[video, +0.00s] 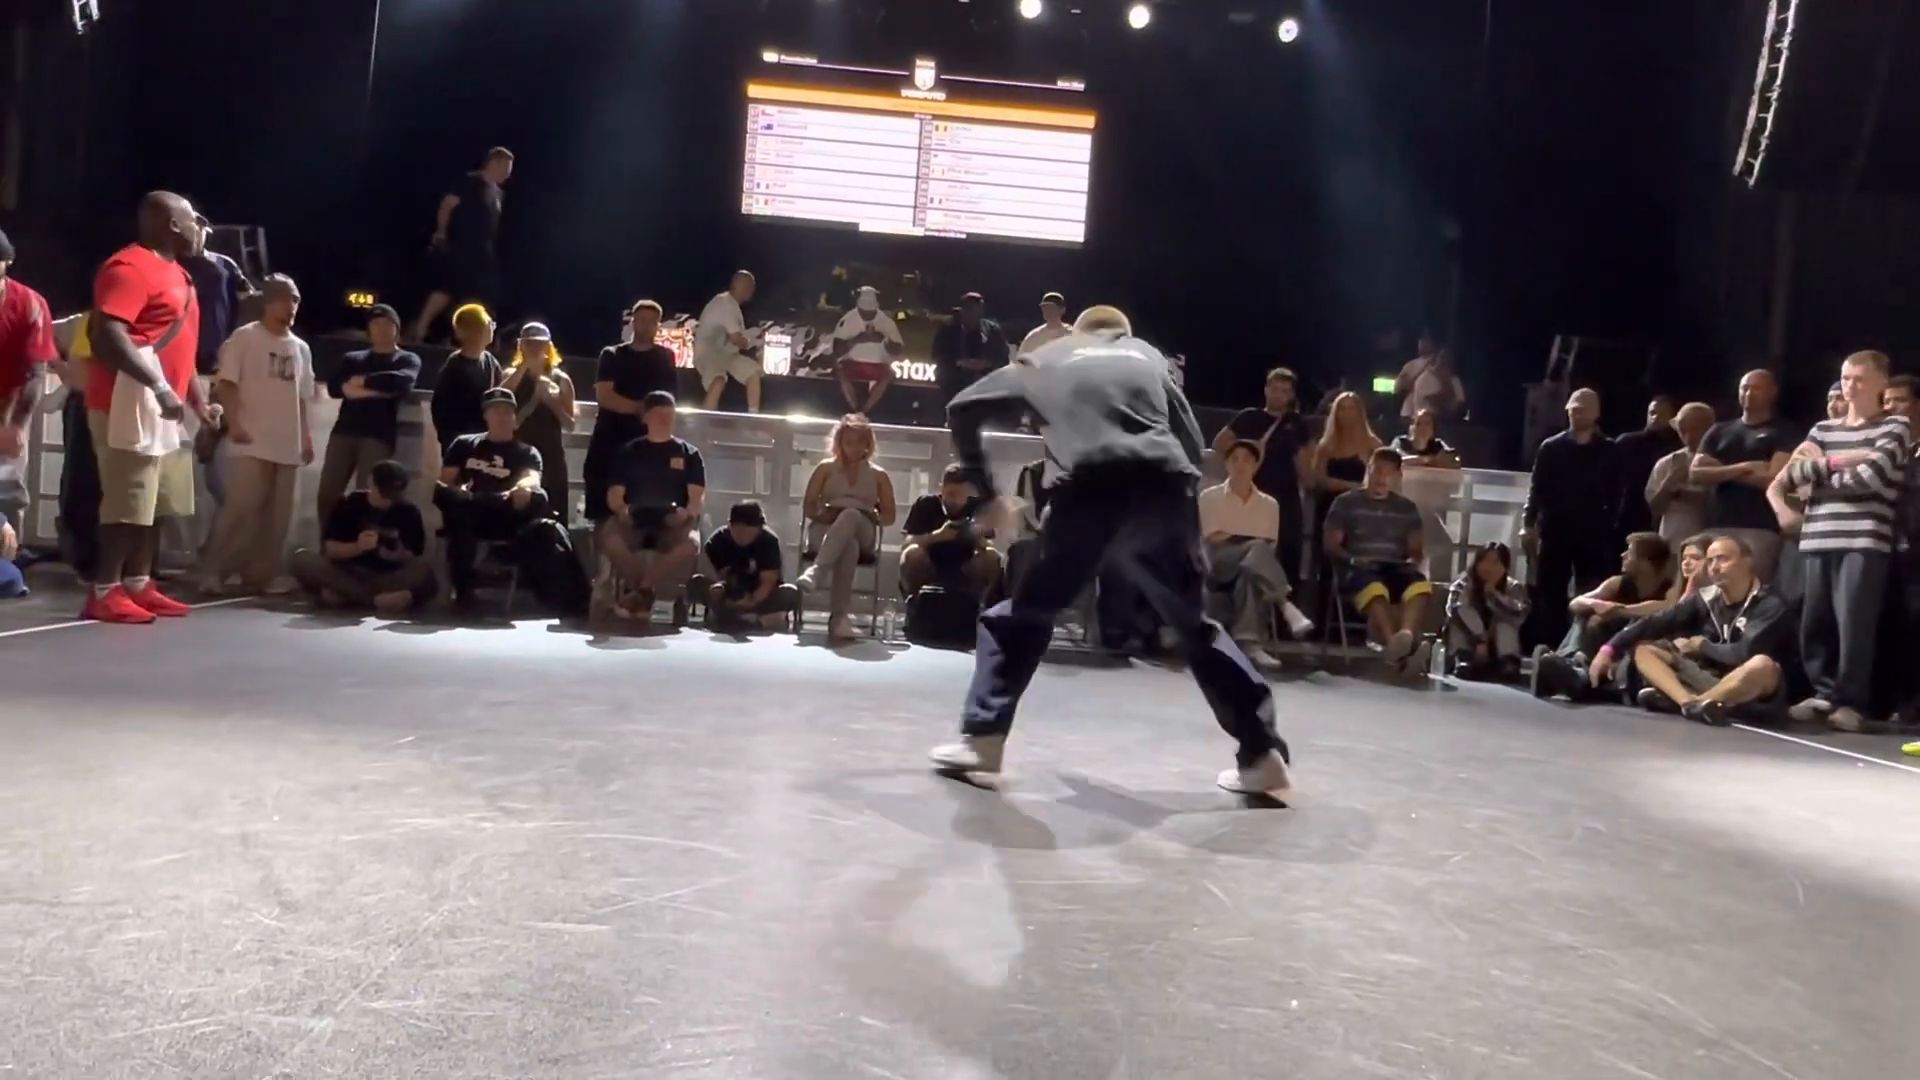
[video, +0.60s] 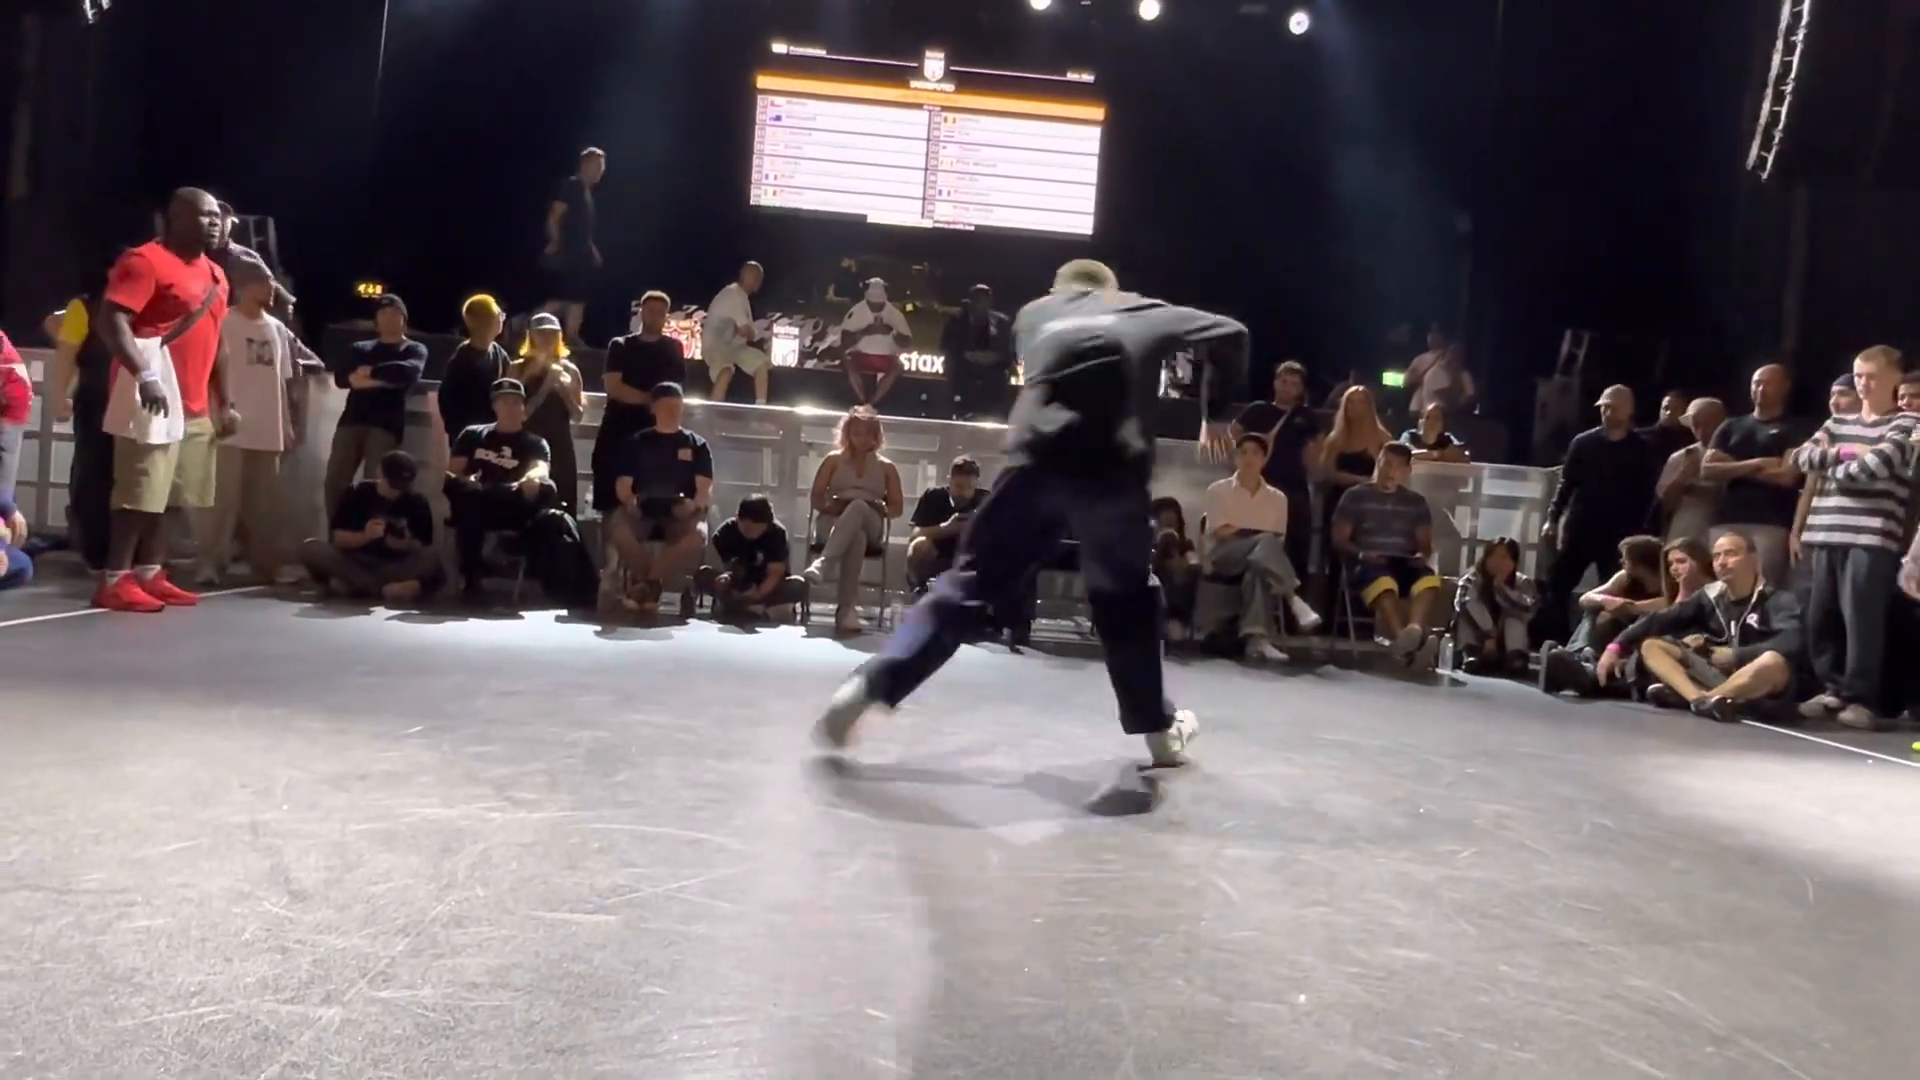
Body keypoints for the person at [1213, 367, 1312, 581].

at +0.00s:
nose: (1278, 395)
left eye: (1284, 391)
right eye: (1274, 389)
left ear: (1292, 395)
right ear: (1265, 391)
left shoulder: (1297, 424)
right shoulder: (1249, 417)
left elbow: (1304, 459)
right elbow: (1220, 443)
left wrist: (1307, 482)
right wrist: (1239, 471)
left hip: (1285, 495)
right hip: (1250, 493)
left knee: (1288, 550)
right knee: (1247, 547)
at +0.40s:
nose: (1284, 392)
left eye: (1290, 387)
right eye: (1280, 386)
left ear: (1297, 392)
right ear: (1272, 387)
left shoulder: (1302, 420)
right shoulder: (1256, 414)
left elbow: (1310, 454)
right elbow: (1228, 436)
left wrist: (1310, 477)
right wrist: (1244, 466)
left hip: (1290, 491)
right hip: (1256, 489)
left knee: (1293, 546)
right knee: (1254, 542)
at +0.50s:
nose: (1286, 389)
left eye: (1292, 386)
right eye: (1282, 384)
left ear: (1300, 391)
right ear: (1273, 386)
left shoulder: (1305, 418)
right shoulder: (1257, 413)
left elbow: (1312, 459)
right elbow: (1228, 436)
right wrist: (1254, 450)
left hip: (1293, 491)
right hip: (1260, 488)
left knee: (1295, 548)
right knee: (1260, 543)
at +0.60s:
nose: (1287, 387)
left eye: (1293, 384)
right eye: (1283, 381)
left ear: (1301, 389)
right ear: (1275, 383)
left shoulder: (1307, 417)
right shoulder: (1257, 410)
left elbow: (1313, 452)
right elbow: (1234, 432)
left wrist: (1311, 475)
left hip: (1294, 485)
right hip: (1260, 482)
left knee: (1297, 536)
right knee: (1258, 532)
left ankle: (1295, 580)